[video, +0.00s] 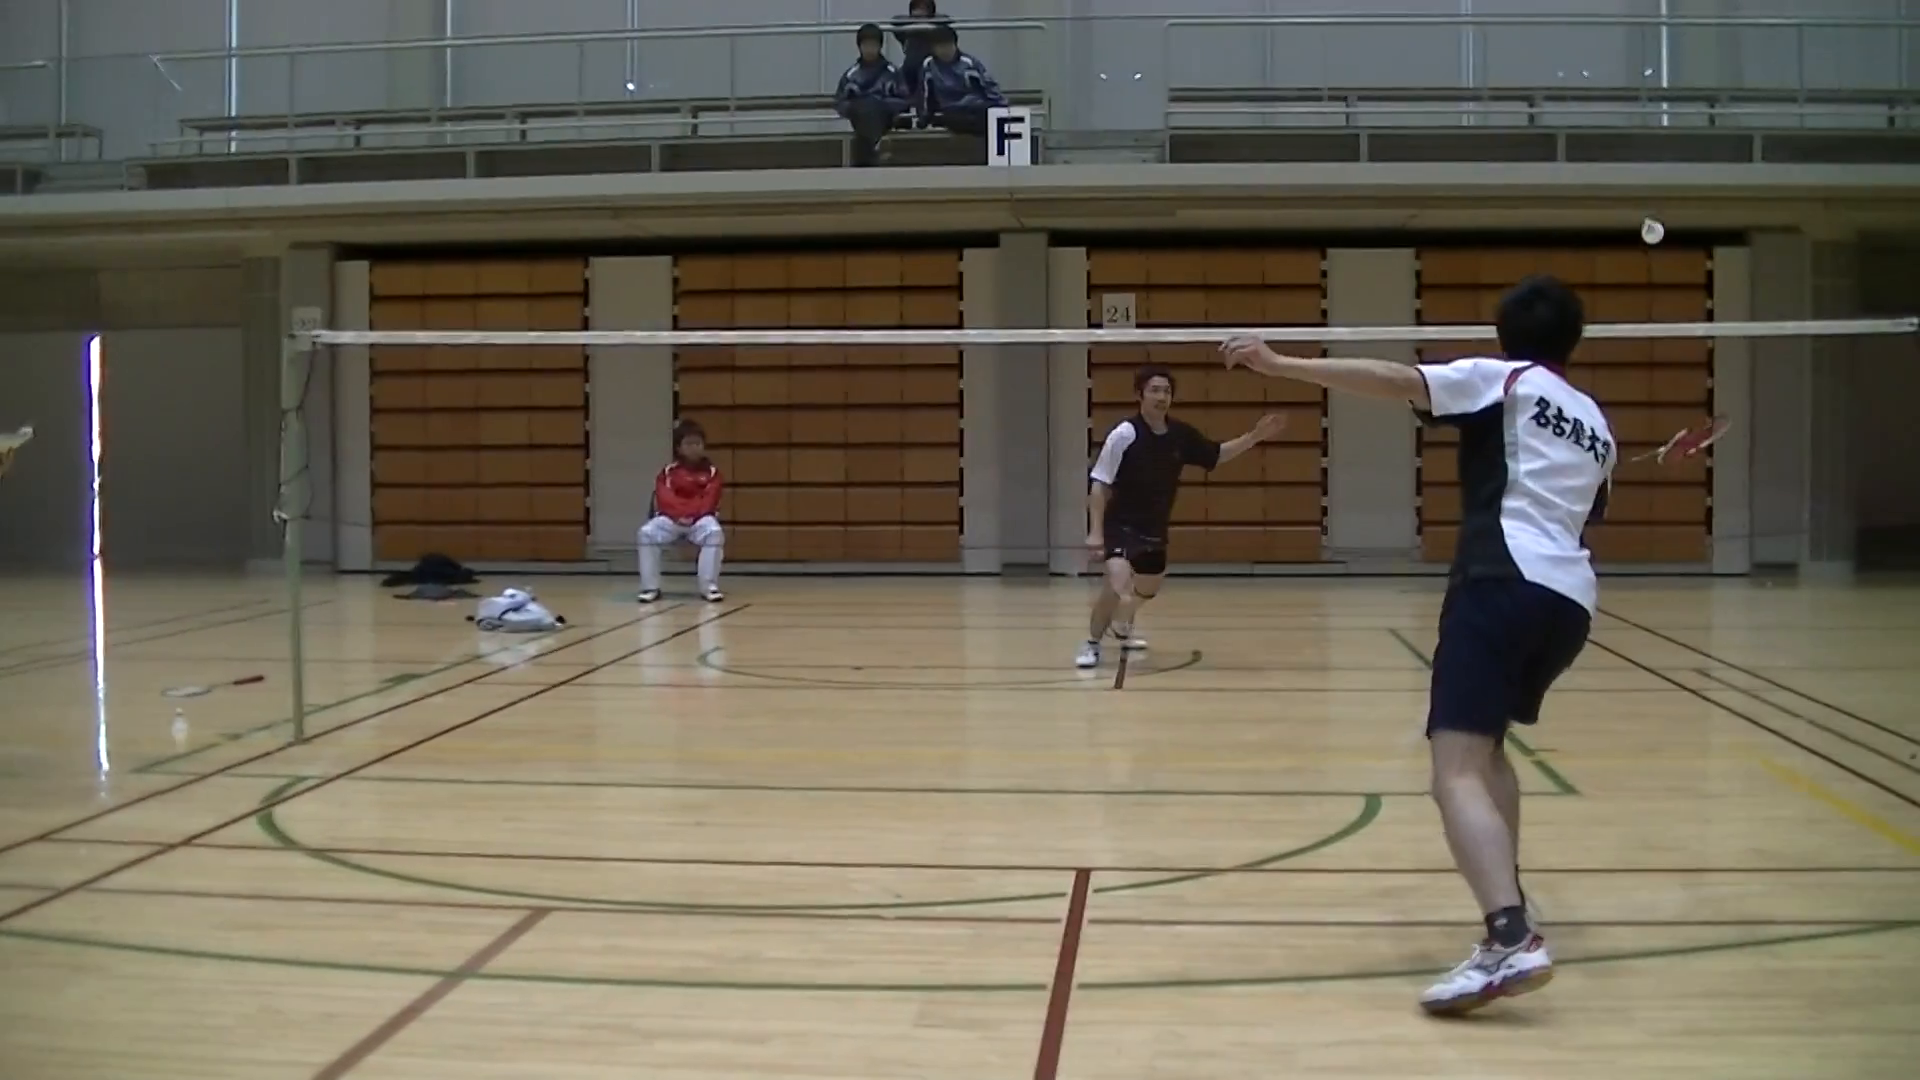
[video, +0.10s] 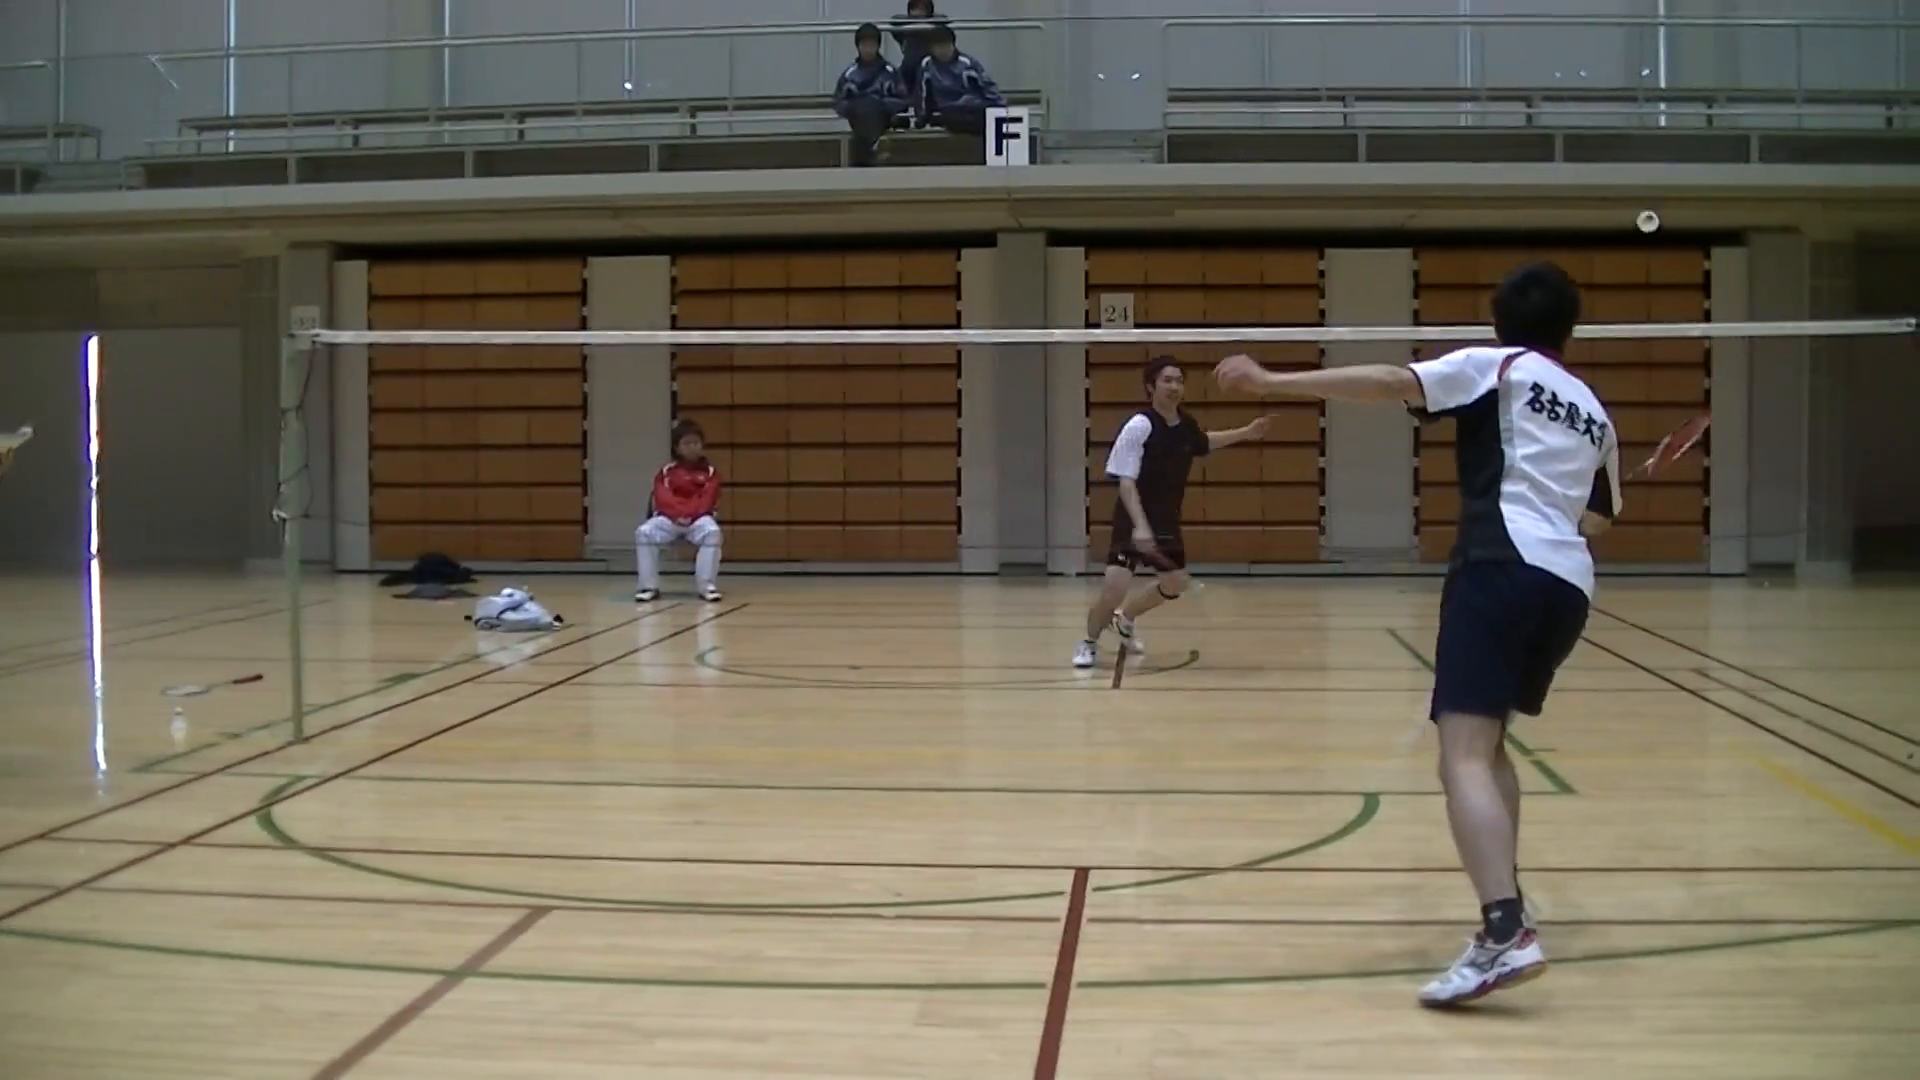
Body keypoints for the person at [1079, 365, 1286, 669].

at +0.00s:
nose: (1161, 396)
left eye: (1166, 391)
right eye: (1154, 390)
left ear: (1171, 397)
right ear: (1140, 395)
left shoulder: (1179, 434)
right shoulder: (1124, 433)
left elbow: (1216, 455)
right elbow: (1099, 484)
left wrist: (1256, 435)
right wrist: (1096, 532)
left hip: (1155, 525)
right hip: (1120, 523)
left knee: (1147, 588)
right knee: (1117, 583)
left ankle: (1124, 623)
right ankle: (1092, 643)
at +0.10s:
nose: (1175, 386)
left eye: (1179, 381)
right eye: (1168, 380)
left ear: (1184, 388)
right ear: (1151, 387)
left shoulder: (1186, 426)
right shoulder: (1138, 426)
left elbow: (1204, 444)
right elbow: (1126, 483)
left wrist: (1247, 432)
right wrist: (1141, 526)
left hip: (1166, 517)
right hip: (1132, 514)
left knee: (1175, 583)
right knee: (1116, 584)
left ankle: (1125, 617)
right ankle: (1090, 641)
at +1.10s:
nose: (1516, 386)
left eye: (1520, 380)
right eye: (1511, 376)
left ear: (1519, 386)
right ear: (1494, 374)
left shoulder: (1514, 419)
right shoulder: (1464, 408)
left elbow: (1500, 485)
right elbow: (1430, 473)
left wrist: (1500, 534)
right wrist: (1410, 535)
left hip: (1476, 523)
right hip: (1441, 522)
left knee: (1489, 598)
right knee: (1489, 588)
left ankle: (1481, 689)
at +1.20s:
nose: (1546, 388)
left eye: (1550, 381)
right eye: (1541, 378)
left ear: (1551, 384)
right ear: (1524, 374)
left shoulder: (1546, 418)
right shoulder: (1488, 409)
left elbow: (1527, 484)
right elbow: (1458, 478)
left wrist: (1527, 530)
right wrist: (1446, 542)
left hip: (1509, 525)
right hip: (1473, 524)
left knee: (1516, 604)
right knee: (1514, 592)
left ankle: (1483, 687)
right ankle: (1517, 693)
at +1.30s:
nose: (1566, 402)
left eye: (1573, 393)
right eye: (1562, 391)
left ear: (1576, 393)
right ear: (1547, 386)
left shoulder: (1578, 426)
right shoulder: (1517, 414)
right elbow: (1491, 487)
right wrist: (1486, 552)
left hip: (1543, 536)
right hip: (1504, 537)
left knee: (1536, 615)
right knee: (1535, 605)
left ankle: (1494, 681)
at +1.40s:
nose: (1616, 422)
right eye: (1611, 411)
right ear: (1591, 405)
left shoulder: (1599, 447)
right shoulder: (1551, 441)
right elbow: (1524, 511)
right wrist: (1519, 583)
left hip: (1551, 533)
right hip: (1519, 535)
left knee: (1575, 619)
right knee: (1579, 610)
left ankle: (1505, 676)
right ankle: (1592, 715)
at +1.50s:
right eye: (1639, 435)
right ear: (1622, 425)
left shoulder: (1624, 448)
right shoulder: (1578, 446)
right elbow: (1546, 524)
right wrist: (1542, 599)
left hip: (1560, 536)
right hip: (1530, 531)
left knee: (1585, 620)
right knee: (1589, 609)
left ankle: (1511, 673)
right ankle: (1598, 720)